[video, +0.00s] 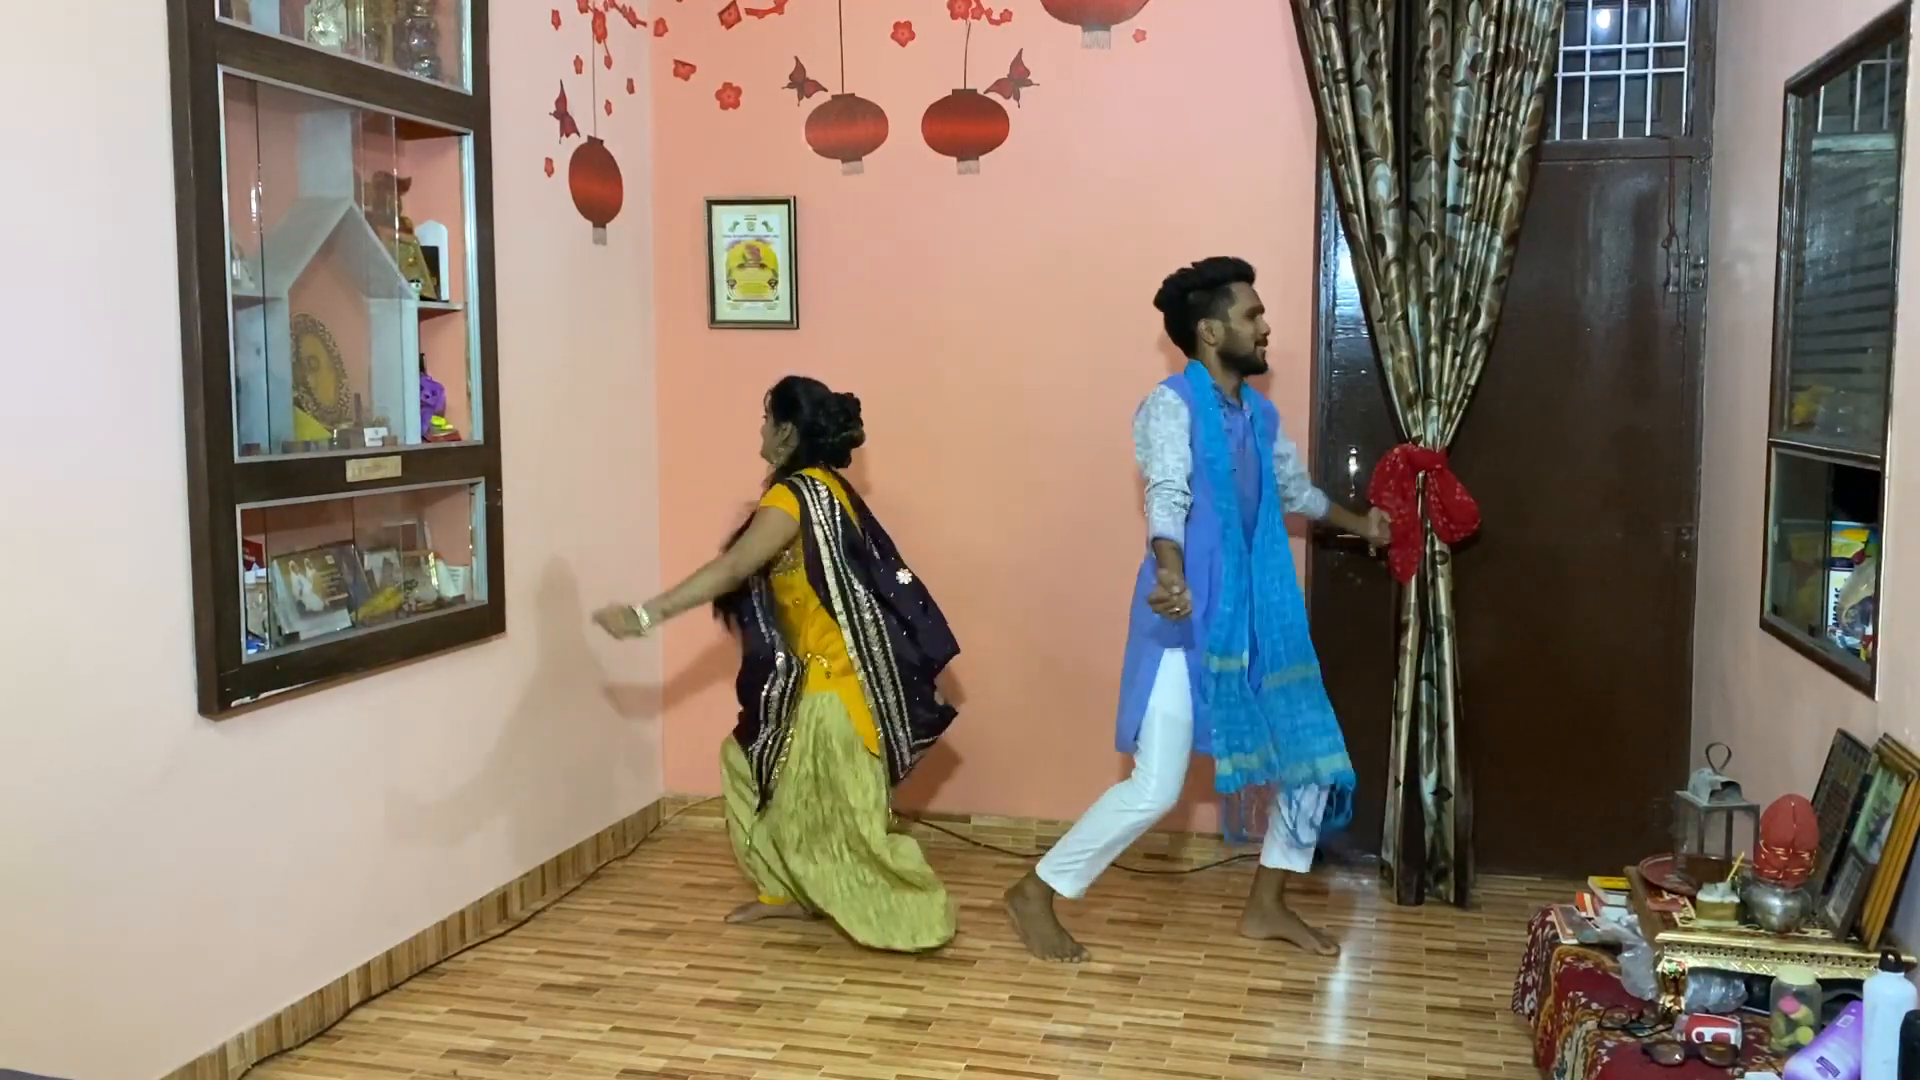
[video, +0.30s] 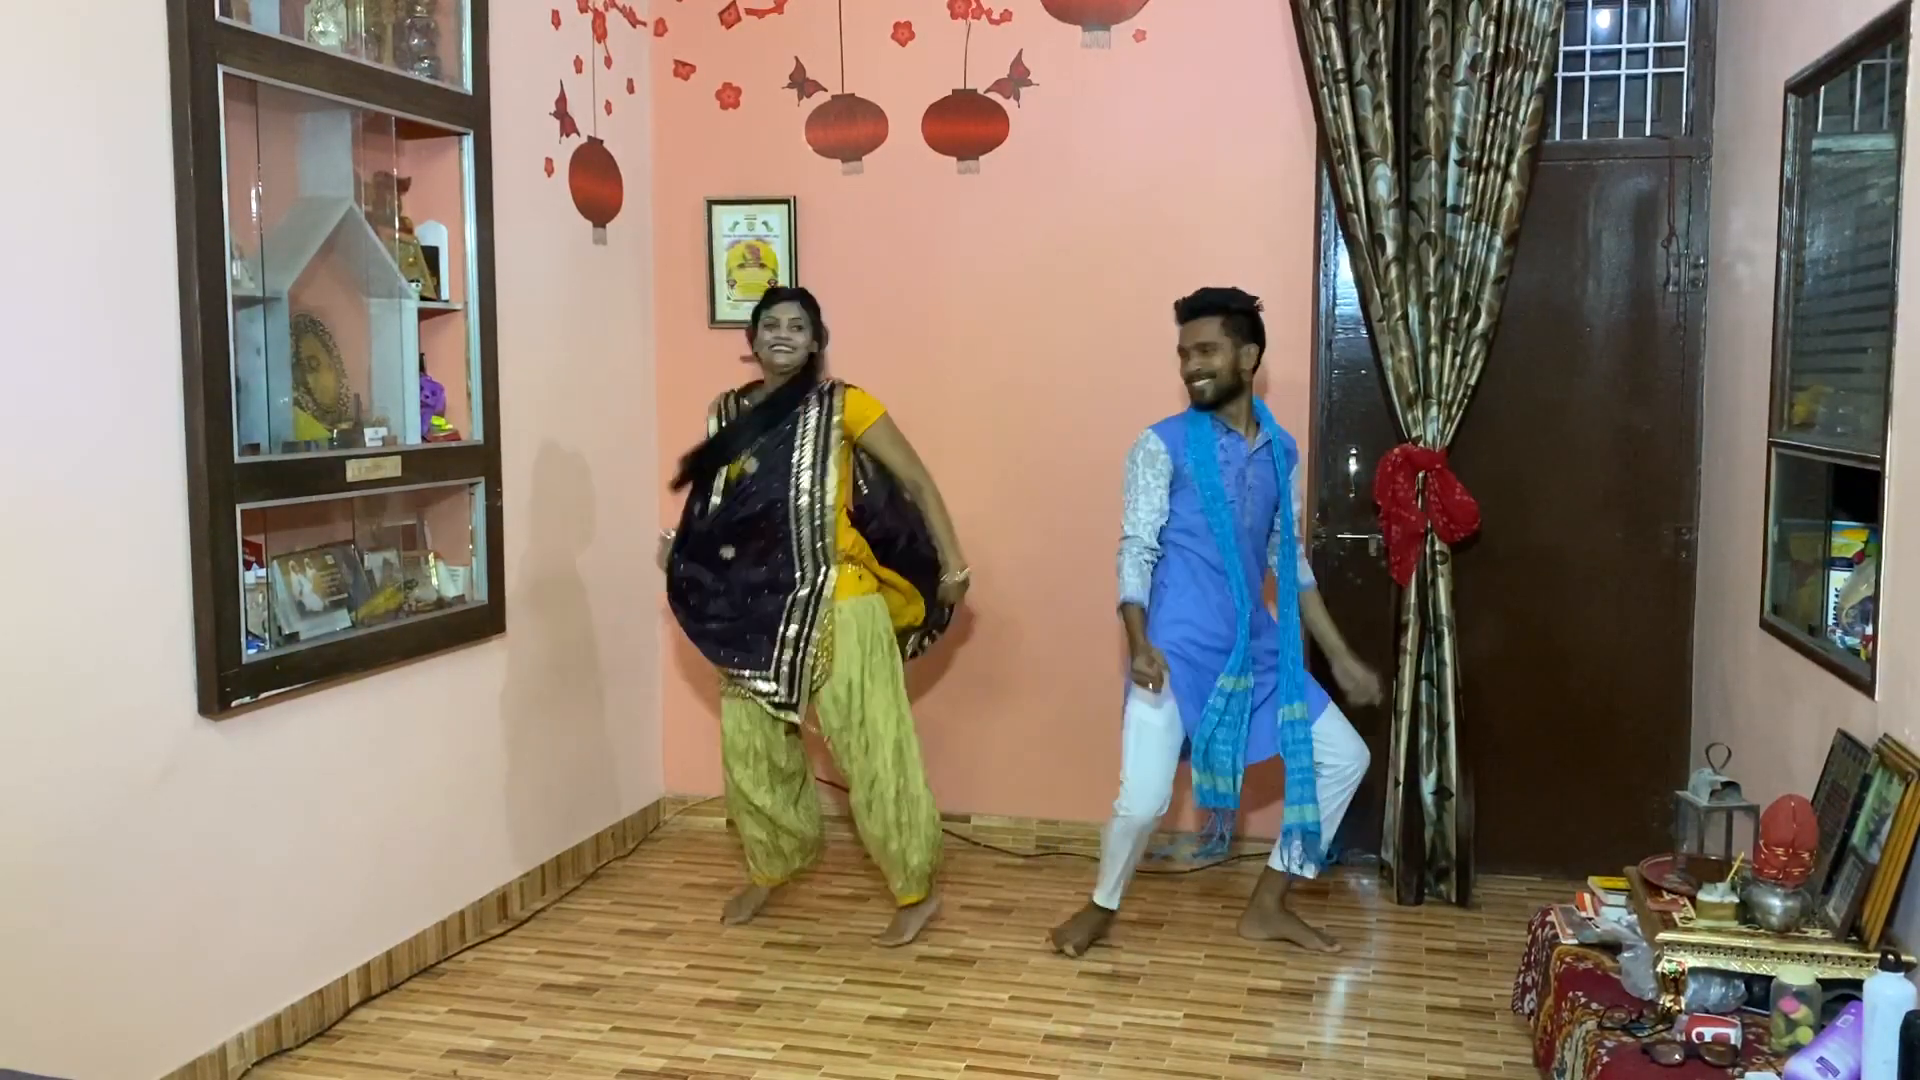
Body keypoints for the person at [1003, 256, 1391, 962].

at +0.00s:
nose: (1266, 325)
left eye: (1262, 313)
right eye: (1252, 315)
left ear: (1228, 328)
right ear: (1208, 332)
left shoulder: (1260, 414)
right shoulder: (1170, 407)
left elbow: (1295, 491)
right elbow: (1166, 496)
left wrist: (1361, 521)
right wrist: (1170, 572)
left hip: (1259, 619)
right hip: (1186, 615)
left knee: (1313, 757)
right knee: (1158, 787)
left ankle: (1268, 902)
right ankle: (1038, 892)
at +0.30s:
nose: (1191, 364)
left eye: (1207, 350)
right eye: (1184, 353)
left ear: (1252, 357)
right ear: (1179, 360)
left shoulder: (1278, 452)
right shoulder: (1162, 447)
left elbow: (1291, 565)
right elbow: (1136, 548)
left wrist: (1339, 654)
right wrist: (1138, 640)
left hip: (1256, 652)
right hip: (1174, 652)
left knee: (1344, 758)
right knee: (1143, 800)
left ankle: (1269, 902)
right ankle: (1101, 906)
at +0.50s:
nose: (1170, 352)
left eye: (1183, 340)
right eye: (1171, 339)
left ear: (1232, 350)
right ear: (1218, 351)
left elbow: (1369, 522)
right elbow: (1092, 512)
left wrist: (1304, 579)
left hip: (1247, 645)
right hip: (1153, 637)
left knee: (1327, 780)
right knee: (1088, 775)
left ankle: (1271, 903)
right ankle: (1090, 902)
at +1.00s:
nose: (1197, 282)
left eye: (1209, 272)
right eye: (1198, 271)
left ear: (1250, 283)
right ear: (1212, 281)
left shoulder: (1270, 355)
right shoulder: (1198, 354)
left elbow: (1304, 347)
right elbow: (1158, 339)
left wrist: (1240, 269)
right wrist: (1143, 308)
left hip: (1243, 583)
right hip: (1164, 577)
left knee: (1277, 742)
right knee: (1107, 722)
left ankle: (1319, 914)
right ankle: (1128, 890)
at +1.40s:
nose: (1169, 291)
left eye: (1180, 277)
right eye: (1170, 276)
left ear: (1225, 281)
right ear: (1213, 283)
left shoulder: (1250, 345)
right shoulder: (1211, 352)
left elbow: (1245, 451)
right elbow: (1190, 457)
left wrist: (1217, 530)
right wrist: (1138, 496)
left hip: (1238, 574)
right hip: (1177, 572)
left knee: (1276, 732)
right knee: (1136, 714)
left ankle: (1331, 900)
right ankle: (1122, 878)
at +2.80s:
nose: (1174, 304)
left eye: (1185, 291)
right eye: (1176, 290)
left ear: (1232, 298)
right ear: (1214, 296)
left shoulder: (1283, 397)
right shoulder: (1178, 380)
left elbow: (1243, 493)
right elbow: (1098, 454)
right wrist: (1042, 410)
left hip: (1237, 609)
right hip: (1156, 603)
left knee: (1278, 757)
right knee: (1106, 738)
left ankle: (1333, 932)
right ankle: (1115, 903)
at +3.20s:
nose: (1086, 330)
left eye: (1096, 316)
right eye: (1089, 315)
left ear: (1138, 323)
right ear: (1139, 325)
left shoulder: (1186, 395)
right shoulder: (1146, 408)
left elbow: (1121, 500)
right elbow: (1119, 517)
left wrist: (1059, 438)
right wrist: (1063, 483)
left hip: (1226, 615)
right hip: (1169, 621)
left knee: (1263, 771)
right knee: (1106, 736)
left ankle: (1334, 935)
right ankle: (1115, 906)